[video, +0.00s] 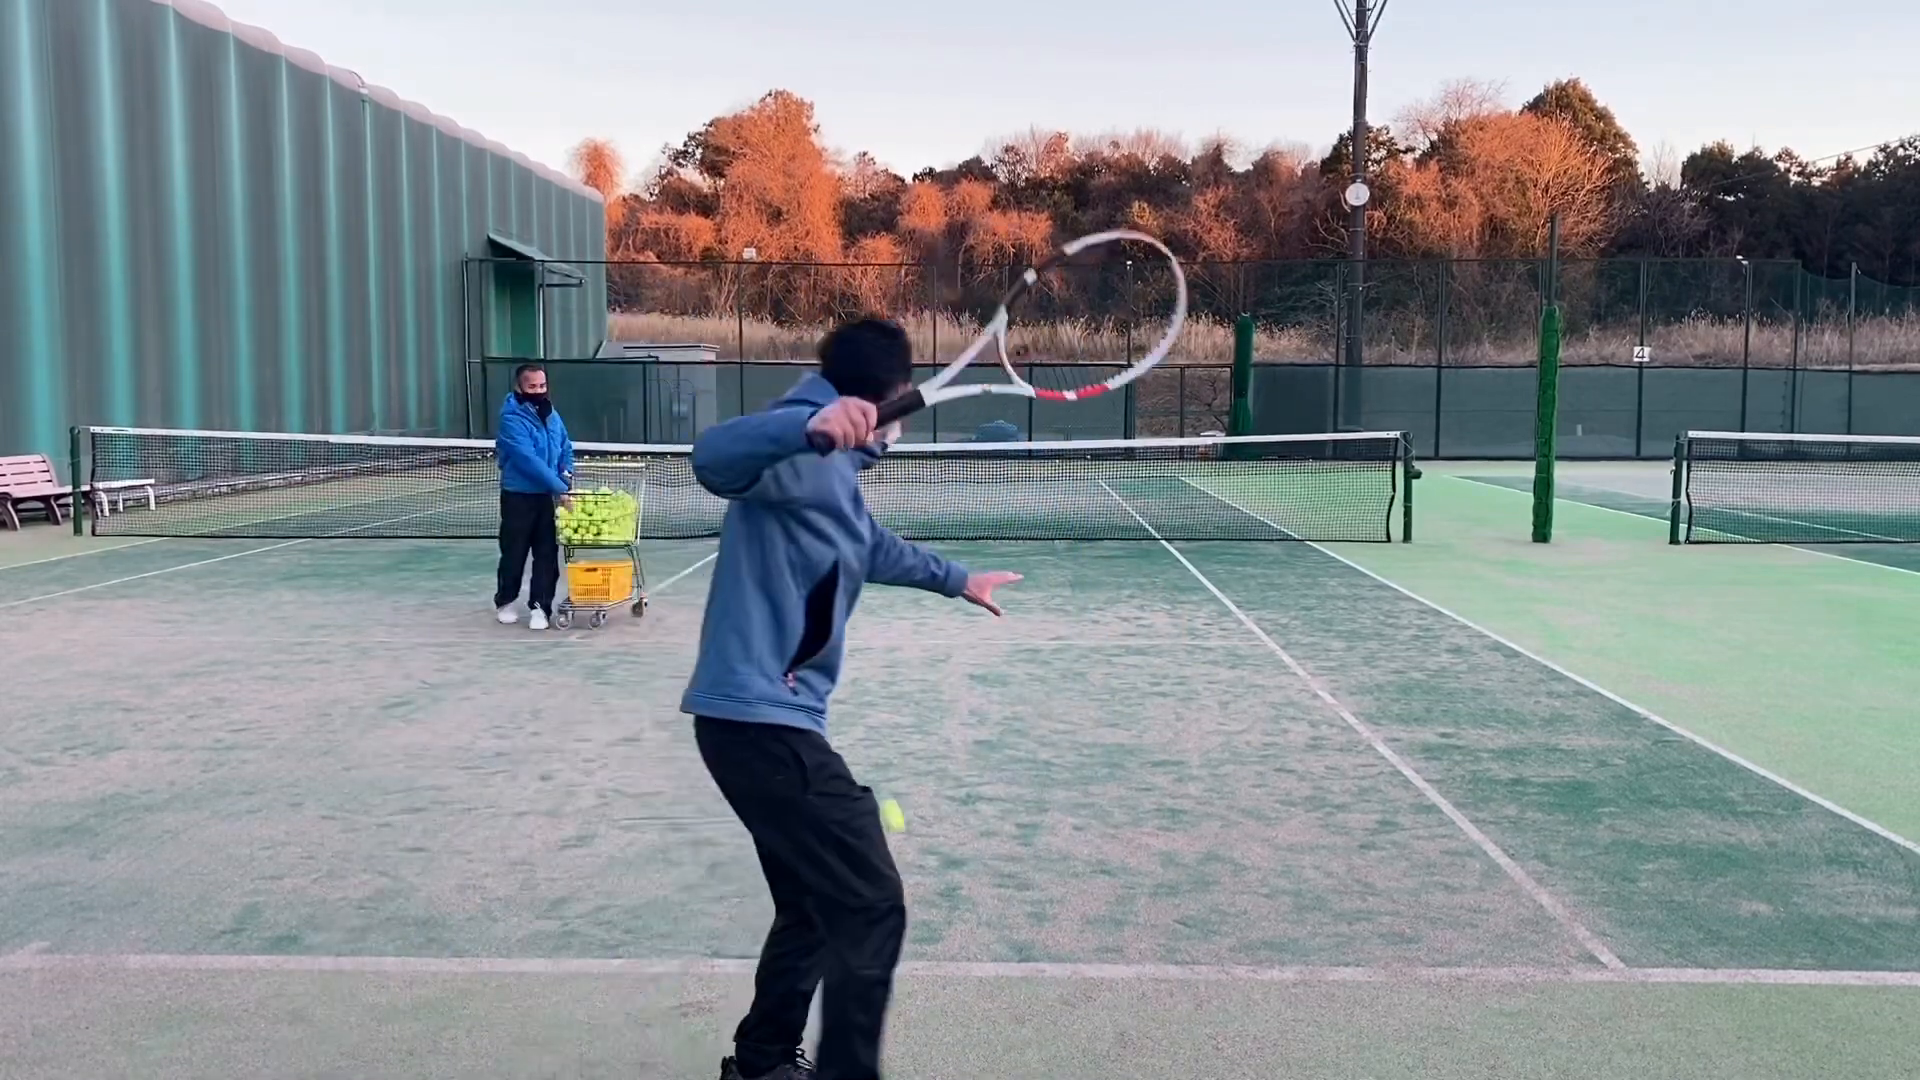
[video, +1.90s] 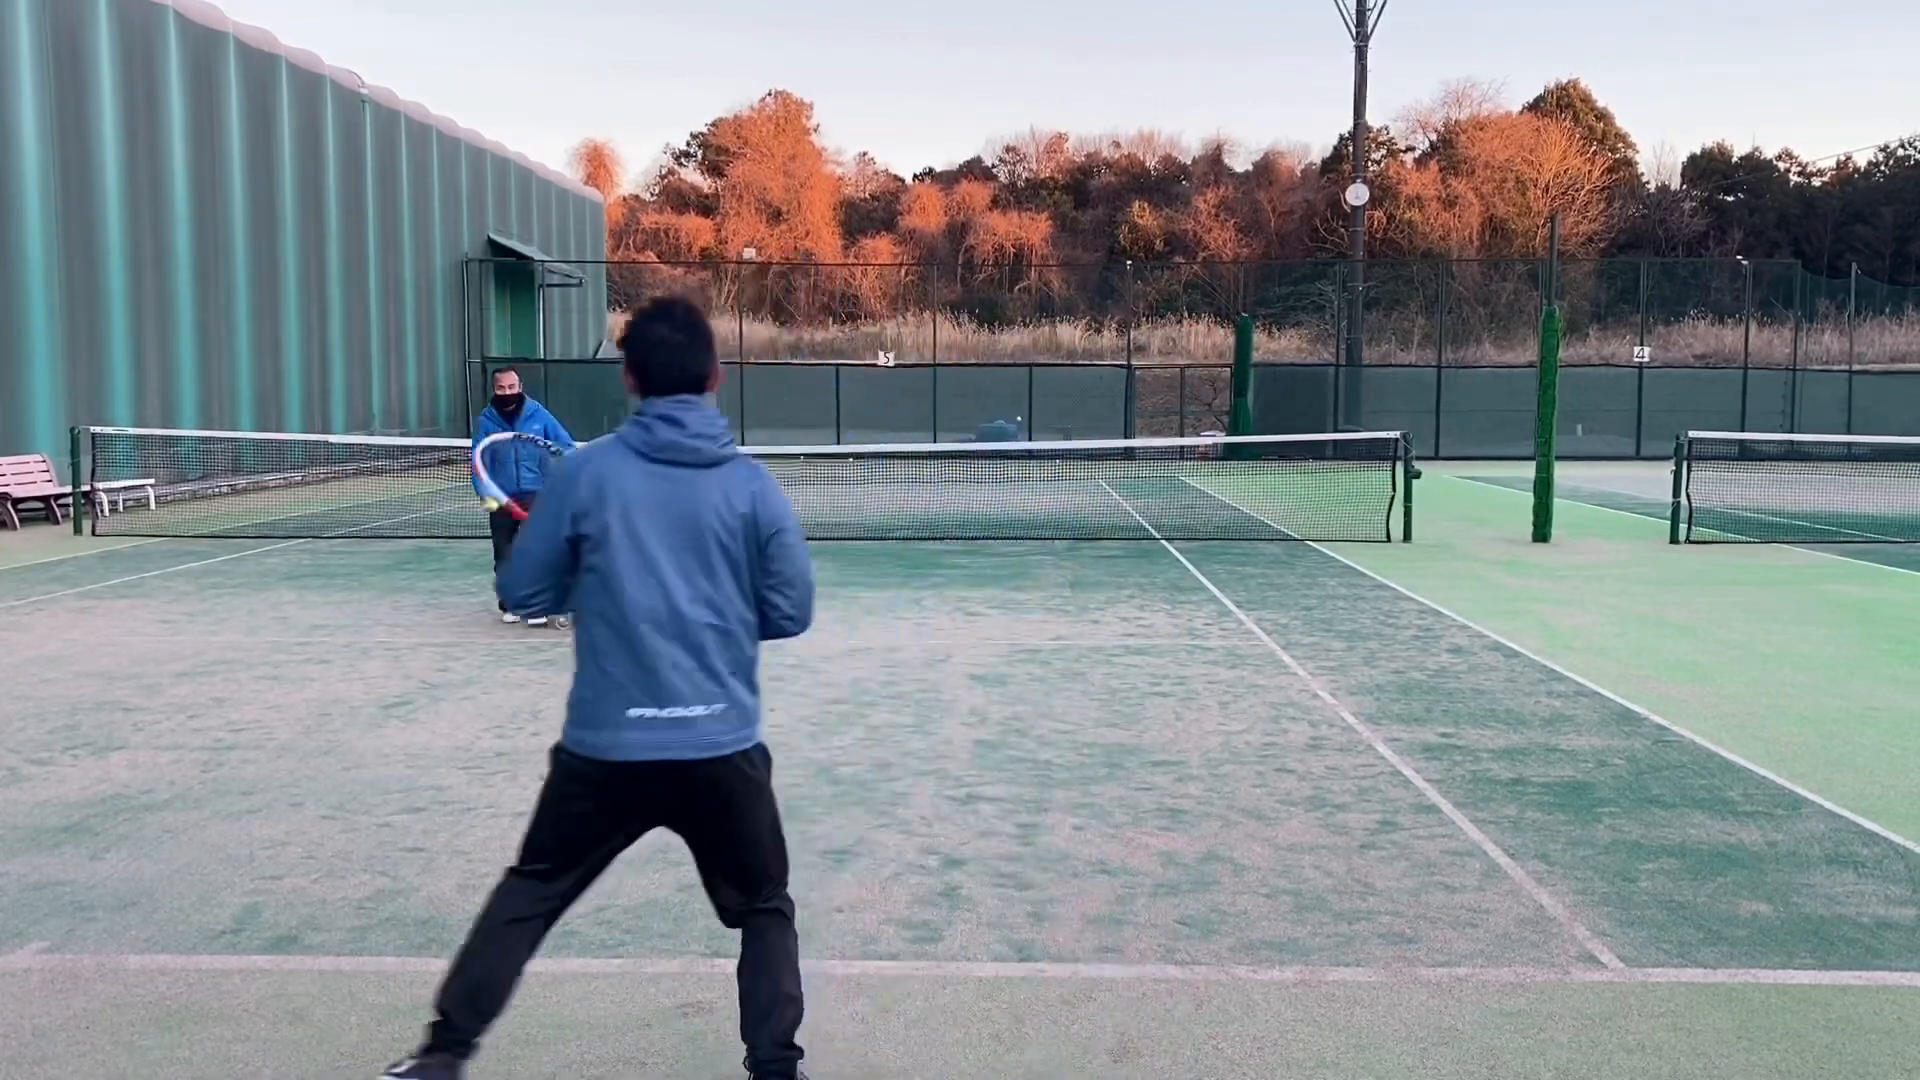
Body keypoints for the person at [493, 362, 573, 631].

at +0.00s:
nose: (539, 391)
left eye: (542, 385)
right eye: (532, 386)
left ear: (546, 385)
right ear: (519, 387)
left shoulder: (551, 414)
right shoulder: (511, 418)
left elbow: (565, 447)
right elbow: (526, 458)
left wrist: (565, 472)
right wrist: (559, 488)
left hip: (547, 492)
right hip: (518, 493)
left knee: (546, 554)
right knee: (514, 552)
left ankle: (540, 608)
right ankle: (506, 602)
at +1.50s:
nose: (523, 389)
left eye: (527, 384)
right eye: (517, 384)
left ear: (535, 385)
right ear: (508, 387)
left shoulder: (549, 415)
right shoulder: (498, 418)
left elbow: (571, 449)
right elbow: (498, 460)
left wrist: (566, 473)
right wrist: (524, 472)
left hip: (543, 495)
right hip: (511, 496)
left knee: (544, 554)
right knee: (511, 553)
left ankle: (540, 607)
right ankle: (512, 602)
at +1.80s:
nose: (510, 391)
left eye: (515, 386)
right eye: (505, 387)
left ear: (524, 387)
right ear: (497, 389)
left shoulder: (541, 415)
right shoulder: (490, 419)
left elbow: (568, 448)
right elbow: (484, 457)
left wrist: (566, 476)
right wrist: (494, 484)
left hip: (536, 496)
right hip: (503, 497)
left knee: (537, 553)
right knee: (505, 555)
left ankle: (539, 605)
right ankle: (511, 603)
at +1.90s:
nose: (507, 392)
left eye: (512, 387)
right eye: (501, 388)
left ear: (520, 387)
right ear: (494, 389)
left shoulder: (539, 415)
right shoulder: (486, 420)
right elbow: (478, 461)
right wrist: (486, 494)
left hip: (538, 494)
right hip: (501, 496)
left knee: (538, 547)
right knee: (503, 552)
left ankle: (539, 605)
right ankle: (509, 605)